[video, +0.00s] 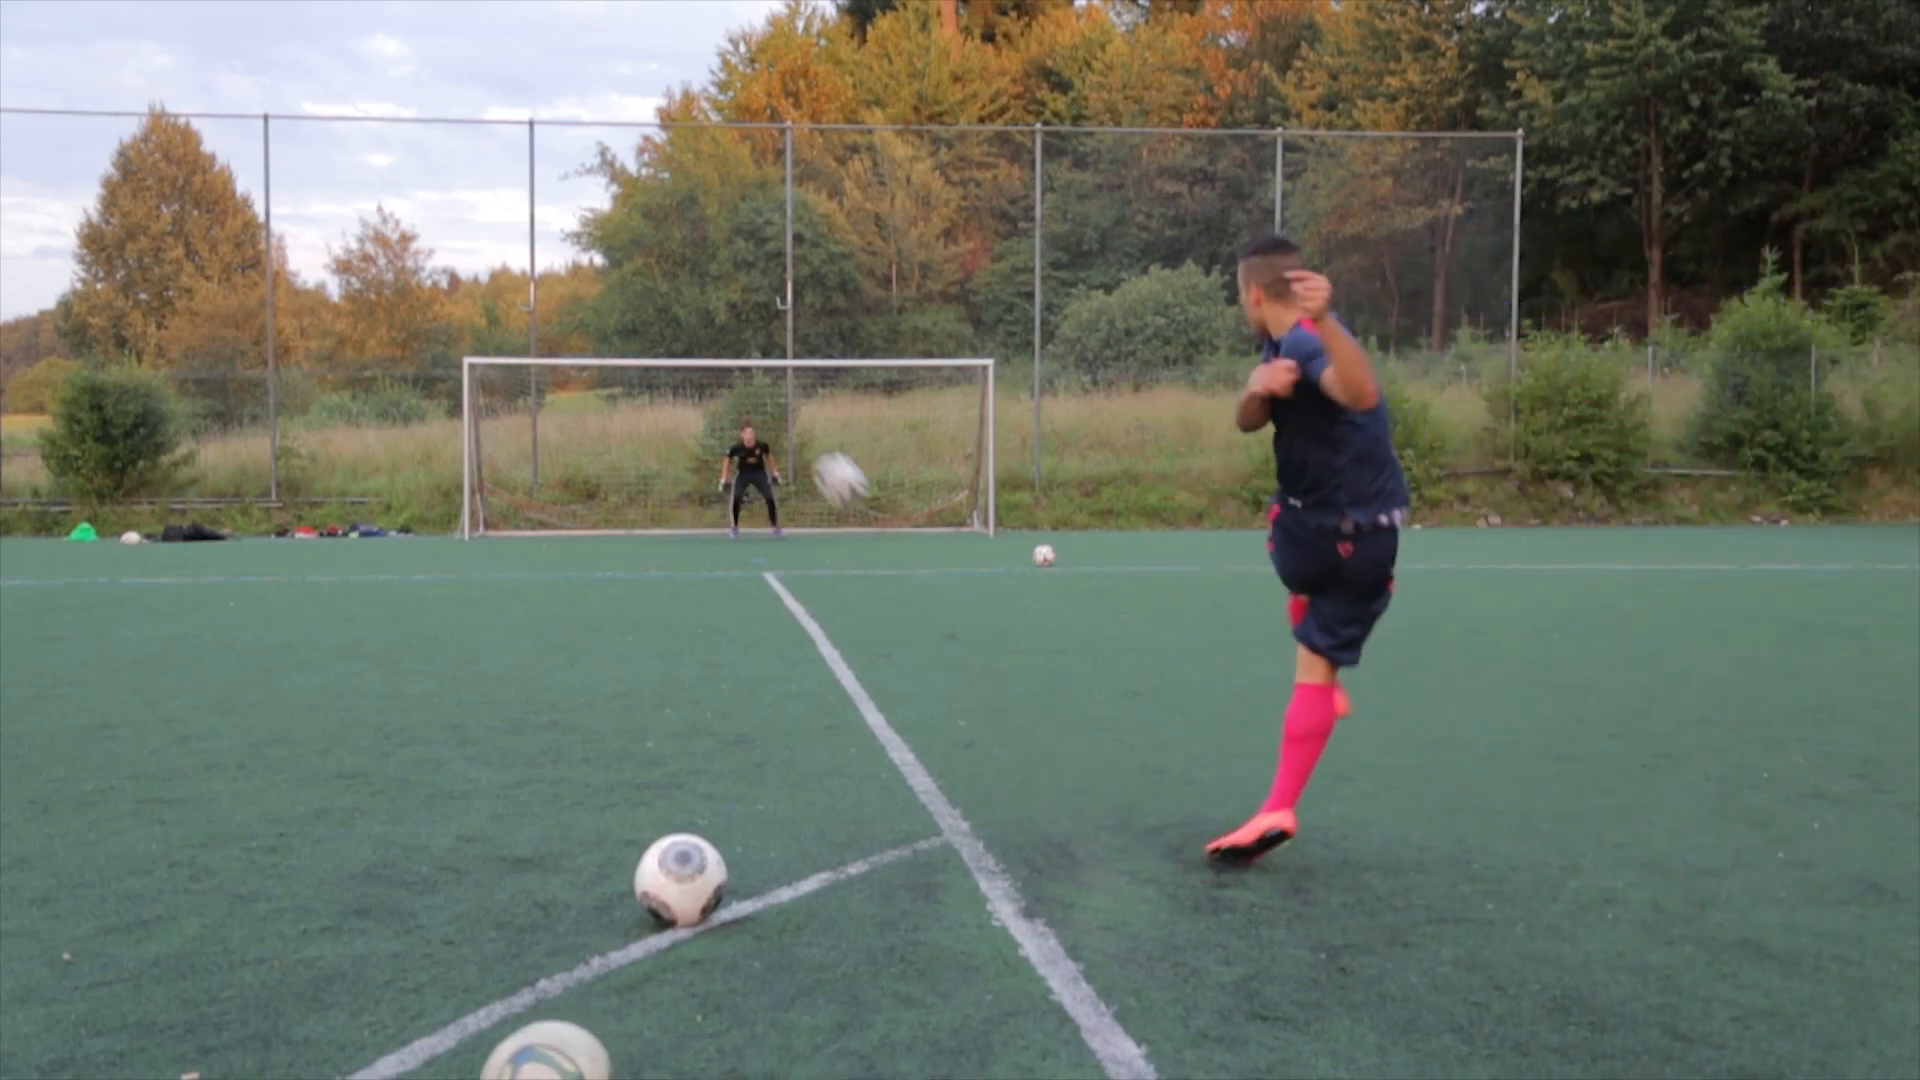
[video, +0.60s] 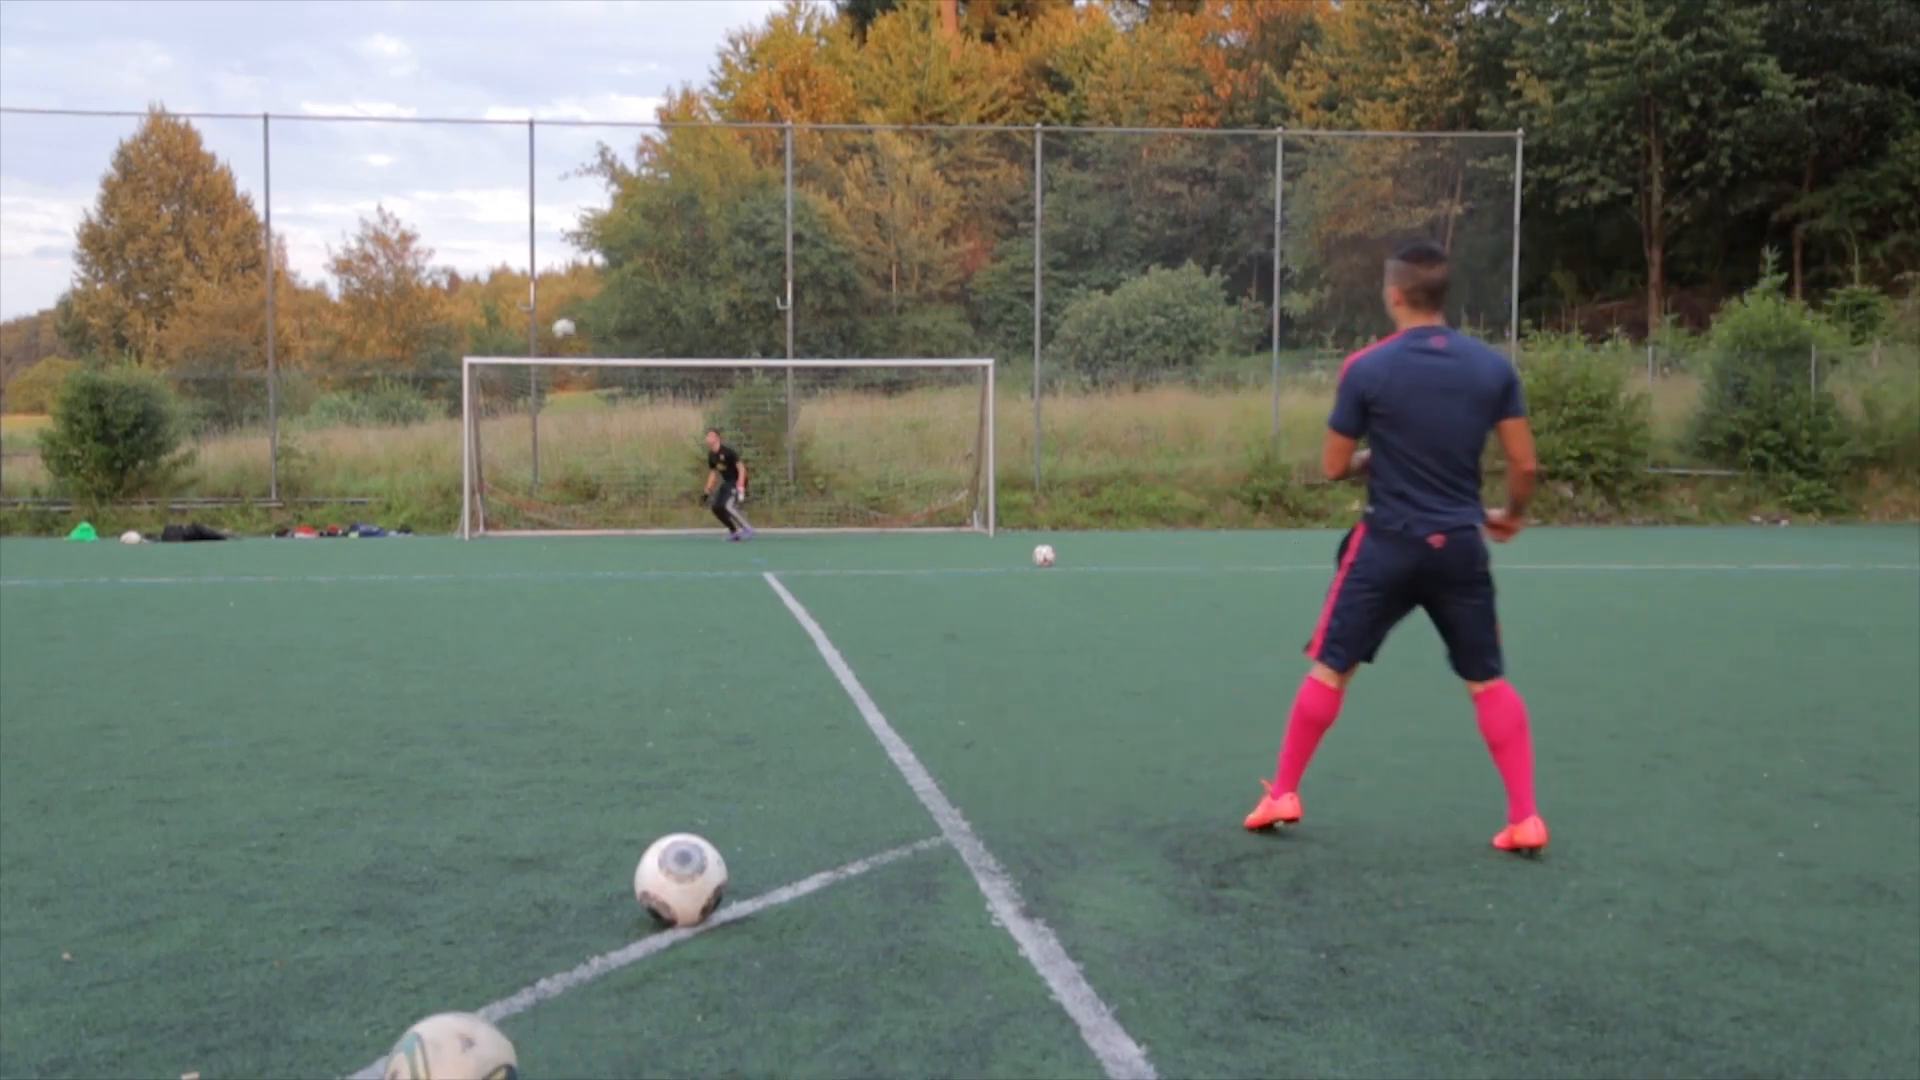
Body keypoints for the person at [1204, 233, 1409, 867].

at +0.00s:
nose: (1245, 310)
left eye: (1246, 297)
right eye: (1245, 298)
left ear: (1264, 296)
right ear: (1292, 288)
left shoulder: (1313, 343)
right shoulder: (1288, 353)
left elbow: (1363, 393)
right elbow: (1246, 423)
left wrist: (1326, 319)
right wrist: (1259, 391)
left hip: (1313, 524)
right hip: (1371, 528)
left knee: (1300, 588)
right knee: (1316, 660)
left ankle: (1327, 689)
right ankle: (1280, 806)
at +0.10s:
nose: (1251, 289)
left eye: (1251, 280)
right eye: (1253, 280)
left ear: (1259, 283)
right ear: (1308, 275)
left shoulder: (1301, 337)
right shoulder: (1331, 321)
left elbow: (1352, 411)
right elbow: (1279, 394)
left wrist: (1308, 380)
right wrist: (1221, 416)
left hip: (1314, 517)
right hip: (1371, 517)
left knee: (1300, 622)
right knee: (1340, 655)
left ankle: (1323, 751)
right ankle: (1320, 792)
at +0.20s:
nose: (1261, 304)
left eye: (1261, 295)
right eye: (1264, 294)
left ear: (1269, 301)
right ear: (1318, 292)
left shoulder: (1295, 368)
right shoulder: (1356, 341)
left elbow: (1287, 471)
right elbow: (1318, 411)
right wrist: (1243, 428)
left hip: (1315, 536)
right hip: (1378, 532)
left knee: (1276, 661)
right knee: (1348, 663)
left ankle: (1271, 802)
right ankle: (1339, 802)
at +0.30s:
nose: (1276, 325)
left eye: (1277, 317)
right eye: (1280, 316)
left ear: (1284, 325)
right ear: (1335, 318)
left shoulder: (1293, 406)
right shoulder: (1379, 377)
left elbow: (1254, 510)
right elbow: (1371, 457)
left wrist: (1168, 554)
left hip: (1318, 559)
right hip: (1382, 558)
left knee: (1264, 678)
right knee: (1354, 673)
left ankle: (1268, 809)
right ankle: (1336, 781)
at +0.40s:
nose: (1304, 320)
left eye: (1305, 312)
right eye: (1309, 311)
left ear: (1312, 318)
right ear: (1359, 313)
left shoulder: (1303, 394)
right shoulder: (1410, 376)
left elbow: (1260, 498)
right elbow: (1428, 469)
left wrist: (1221, 543)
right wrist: (1376, 488)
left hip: (1331, 555)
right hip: (1398, 556)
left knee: (1275, 670)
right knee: (1383, 662)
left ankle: (1270, 805)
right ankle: (1384, 773)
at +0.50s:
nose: (1341, 303)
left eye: (1342, 297)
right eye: (1346, 295)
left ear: (1349, 301)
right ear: (1400, 298)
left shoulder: (1328, 373)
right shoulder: (1449, 368)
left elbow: (1295, 475)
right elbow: (1475, 465)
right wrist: (1450, 515)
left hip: (1351, 546)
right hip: (1424, 546)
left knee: (1300, 662)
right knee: (1436, 661)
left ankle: (1272, 797)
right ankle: (1470, 788)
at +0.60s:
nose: (1385, 298)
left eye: (1386, 290)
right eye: (1391, 290)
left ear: (1394, 295)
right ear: (1444, 296)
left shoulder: (1367, 369)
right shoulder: (1490, 366)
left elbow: (1334, 465)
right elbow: (1524, 464)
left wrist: (1376, 455)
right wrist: (1512, 514)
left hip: (1386, 547)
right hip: (1461, 550)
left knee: (1330, 666)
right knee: (1487, 677)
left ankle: (1282, 792)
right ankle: (1524, 817)